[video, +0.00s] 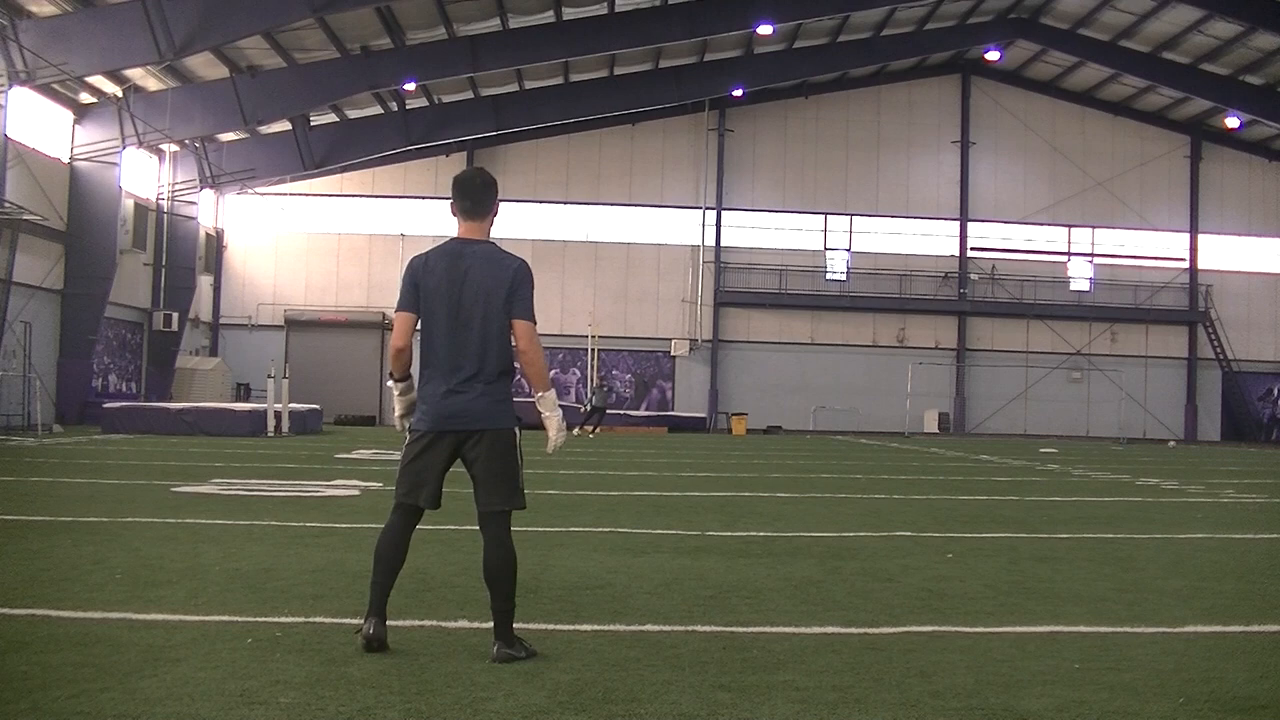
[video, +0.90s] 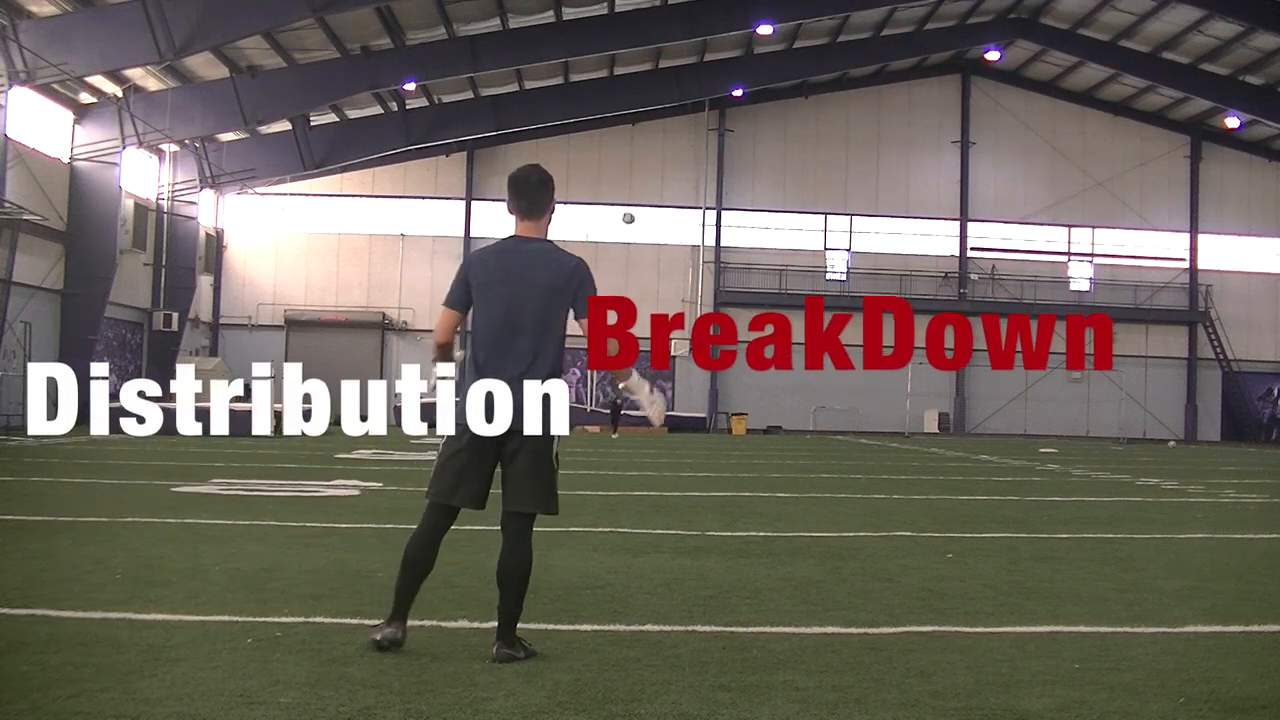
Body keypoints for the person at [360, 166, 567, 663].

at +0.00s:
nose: (479, 214)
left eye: (457, 206)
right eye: (490, 205)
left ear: (452, 209)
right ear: (495, 209)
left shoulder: (422, 265)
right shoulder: (513, 268)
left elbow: (399, 343)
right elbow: (525, 343)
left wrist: (403, 389)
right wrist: (547, 402)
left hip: (433, 416)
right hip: (492, 419)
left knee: (403, 513)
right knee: (496, 528)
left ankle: (374, 618)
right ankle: (504, 638)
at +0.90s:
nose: (543, 210)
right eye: (550, 201)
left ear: (508, 207)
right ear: (552, 206)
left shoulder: (479, 260)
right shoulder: (571, 268)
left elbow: (442, 335)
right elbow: (601, 338)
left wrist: (446, 349)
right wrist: (625, 378)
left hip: (477, 411)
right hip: (536, 416)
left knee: (435, 516)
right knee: (517, 528)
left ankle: (395, 621)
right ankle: (505, 639)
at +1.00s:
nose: (563, 209)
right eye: (565, 201)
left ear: (520, 205)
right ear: (563, 205)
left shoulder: (487, 261)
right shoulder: (582, 267)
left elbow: (473, 340)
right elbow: (598, 343)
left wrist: (516, 326)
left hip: (484, 407)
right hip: (541, 413)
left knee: (447, 518)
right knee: (521, 529)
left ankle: (421, 629)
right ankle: (506, 639)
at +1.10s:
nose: (570, 210)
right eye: (573, 203)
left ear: (528, 206)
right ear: (571, 206)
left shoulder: (497, 259)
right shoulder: (589, 265)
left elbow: (493, 324)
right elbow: (595, 341)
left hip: (491, 407)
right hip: (547, 415)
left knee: (468, 519)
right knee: (526, 529)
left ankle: (458, 629)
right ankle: (507, 638)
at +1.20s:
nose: (570, 210)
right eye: (575, 201)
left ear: (533, 207)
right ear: (578, 206)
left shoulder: (505, 259)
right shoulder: (595, 266)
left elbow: (496, 326)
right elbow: (613, 339)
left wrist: (548, 325)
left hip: (501, 413)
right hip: (556, 420)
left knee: (495, 529)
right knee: (533, 534)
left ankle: (481, 647)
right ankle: (510, 638)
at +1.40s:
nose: (601, 207)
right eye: (603, 200)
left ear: (557, 205)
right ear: (601, 204)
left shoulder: (528, 261)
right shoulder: (616, 262)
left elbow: (535, 323)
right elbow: (644, 326)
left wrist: (603, 325)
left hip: (530, 416)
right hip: (590, 421)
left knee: (508, 534)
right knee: (621, 523)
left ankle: (484, 652)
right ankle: (586, 634)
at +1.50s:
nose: (621, 209)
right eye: (624, 201)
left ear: (580, 204)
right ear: (626, 204)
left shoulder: (551, 262)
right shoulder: (641, 266)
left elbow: (547, 330)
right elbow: (685, 326)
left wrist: (606, 324)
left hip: (550, 426)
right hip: (614, 430)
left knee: (519, 536)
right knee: (657, 535)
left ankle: (487, 651)